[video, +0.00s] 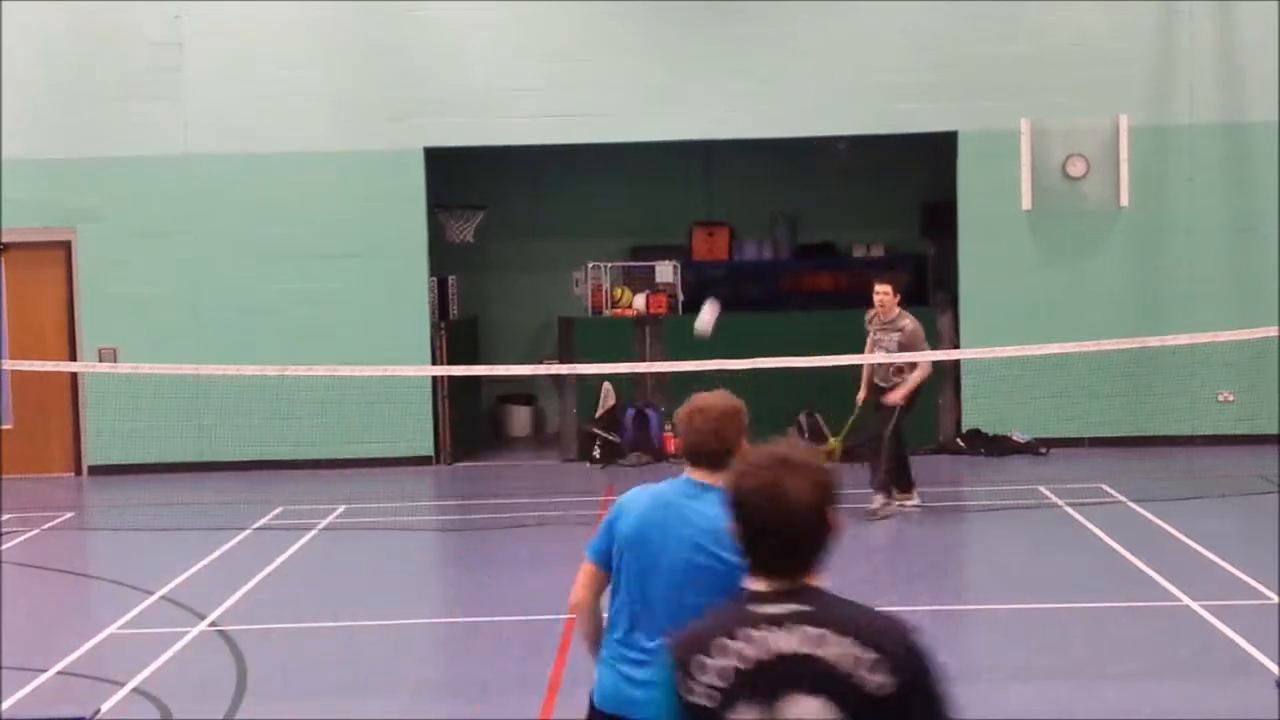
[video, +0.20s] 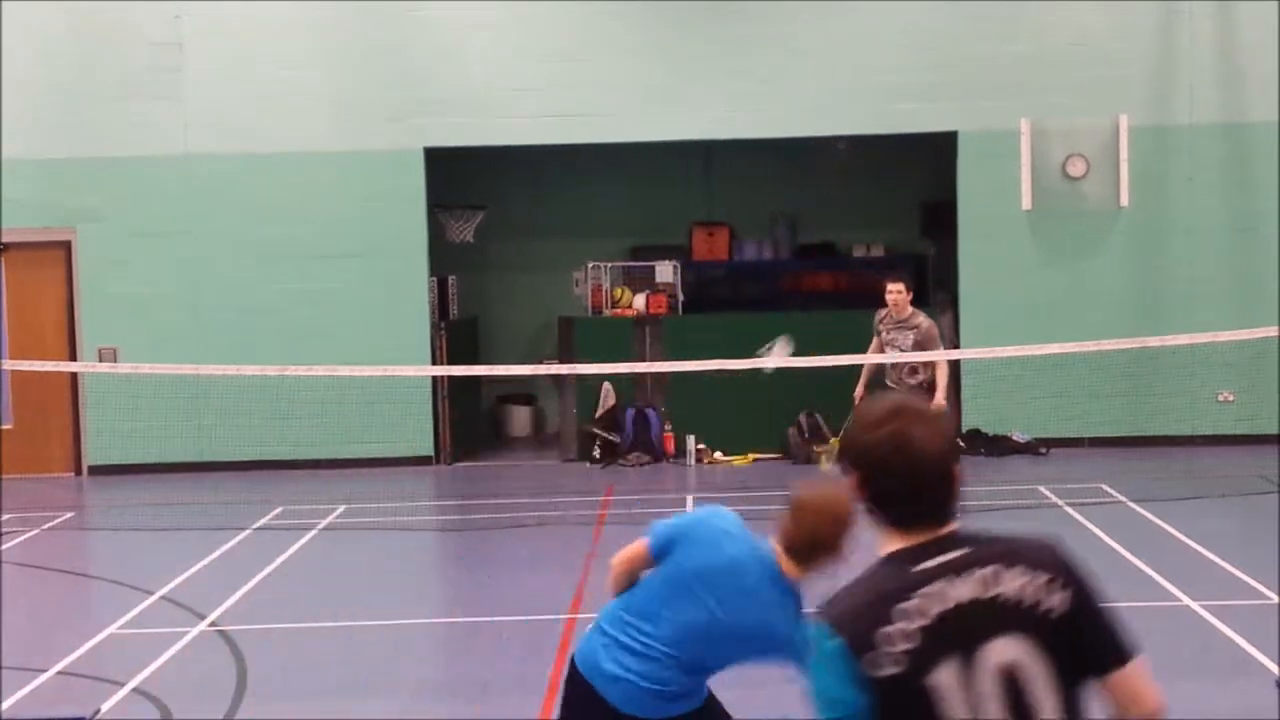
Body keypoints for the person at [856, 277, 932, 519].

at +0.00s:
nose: (880, 299)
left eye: (885, 294)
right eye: (877, 294)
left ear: (896, 298)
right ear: (873, 298)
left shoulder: (909, 326)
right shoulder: (873, 319)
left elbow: (925, 365)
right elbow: (869, 352)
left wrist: (902, 391)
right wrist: (864, 385)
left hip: (902, 387)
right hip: (879, 385)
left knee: (888, 434)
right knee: (892, 435)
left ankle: (882, 493)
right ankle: (905, 491)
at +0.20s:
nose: (894, 298)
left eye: (899, 293)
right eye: (890, 293)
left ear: (909, 296)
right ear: (885, 296)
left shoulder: (925, 325)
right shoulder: (881, 317)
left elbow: (940, 361)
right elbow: (876, 349)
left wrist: (940, 396)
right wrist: (861, 384)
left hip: (919, 394)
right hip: (890, 391)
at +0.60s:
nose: (907, 286)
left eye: (912, 281)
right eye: (902, 281)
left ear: (922, 284)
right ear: (896, 285)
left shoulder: (938, 314)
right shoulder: (887, 314)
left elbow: (953, 353)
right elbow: (878, 350)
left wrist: (945, 388)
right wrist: (871, 380)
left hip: (932, 387)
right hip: (900, 387)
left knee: (939, 445)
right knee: (897, 445)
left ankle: (950, 500)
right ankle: (900, 501)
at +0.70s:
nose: (903, 284)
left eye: (908, 279)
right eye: (899, 280)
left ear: (917, 284)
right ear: (892, 285)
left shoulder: (934, 315)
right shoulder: (881, 316)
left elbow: (948, 355)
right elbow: (872, 351)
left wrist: (947, 392)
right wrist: (868, 380)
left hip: (929, 389)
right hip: (896, 390)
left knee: (937, 448)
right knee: (897, 449)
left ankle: (949, 499)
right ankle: (896, 506)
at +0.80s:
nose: (899, 282)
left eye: (903, 277)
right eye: (895, 278)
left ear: (913, 283)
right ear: (888, 285)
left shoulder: (930, 314)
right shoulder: (875, 317)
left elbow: (941, 354)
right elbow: (865, 353)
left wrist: (947, 391)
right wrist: (865, 383)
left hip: (925, 389)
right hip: (890, 390)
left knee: (934, 447)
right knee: (890, 449)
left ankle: (945, 496)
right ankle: (895, 509)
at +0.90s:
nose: (897, 279)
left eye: (901, 274)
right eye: (892, 275)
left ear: (911, 279)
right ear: (885, 281)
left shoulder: (928, 310)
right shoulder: (873, 314)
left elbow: (940, 351)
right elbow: (863, 353)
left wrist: (944, 387)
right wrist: (867, 382)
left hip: (923, 388)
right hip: (888, 389)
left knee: (932, 446)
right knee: (890, 449)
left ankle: (937, 494)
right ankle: (895, 508)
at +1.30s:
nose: (918, 279)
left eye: (921, 274)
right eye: (912, 275)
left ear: (926, 279)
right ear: (901, 280)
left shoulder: (938, 312)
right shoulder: (883, 313)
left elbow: (945, 348)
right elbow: (880, 354)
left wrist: (931, 336)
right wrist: (884, 388)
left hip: (928, 390)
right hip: (896, 390)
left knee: (934, 449)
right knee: (895, 452)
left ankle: (947, 511)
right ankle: (895, 510)